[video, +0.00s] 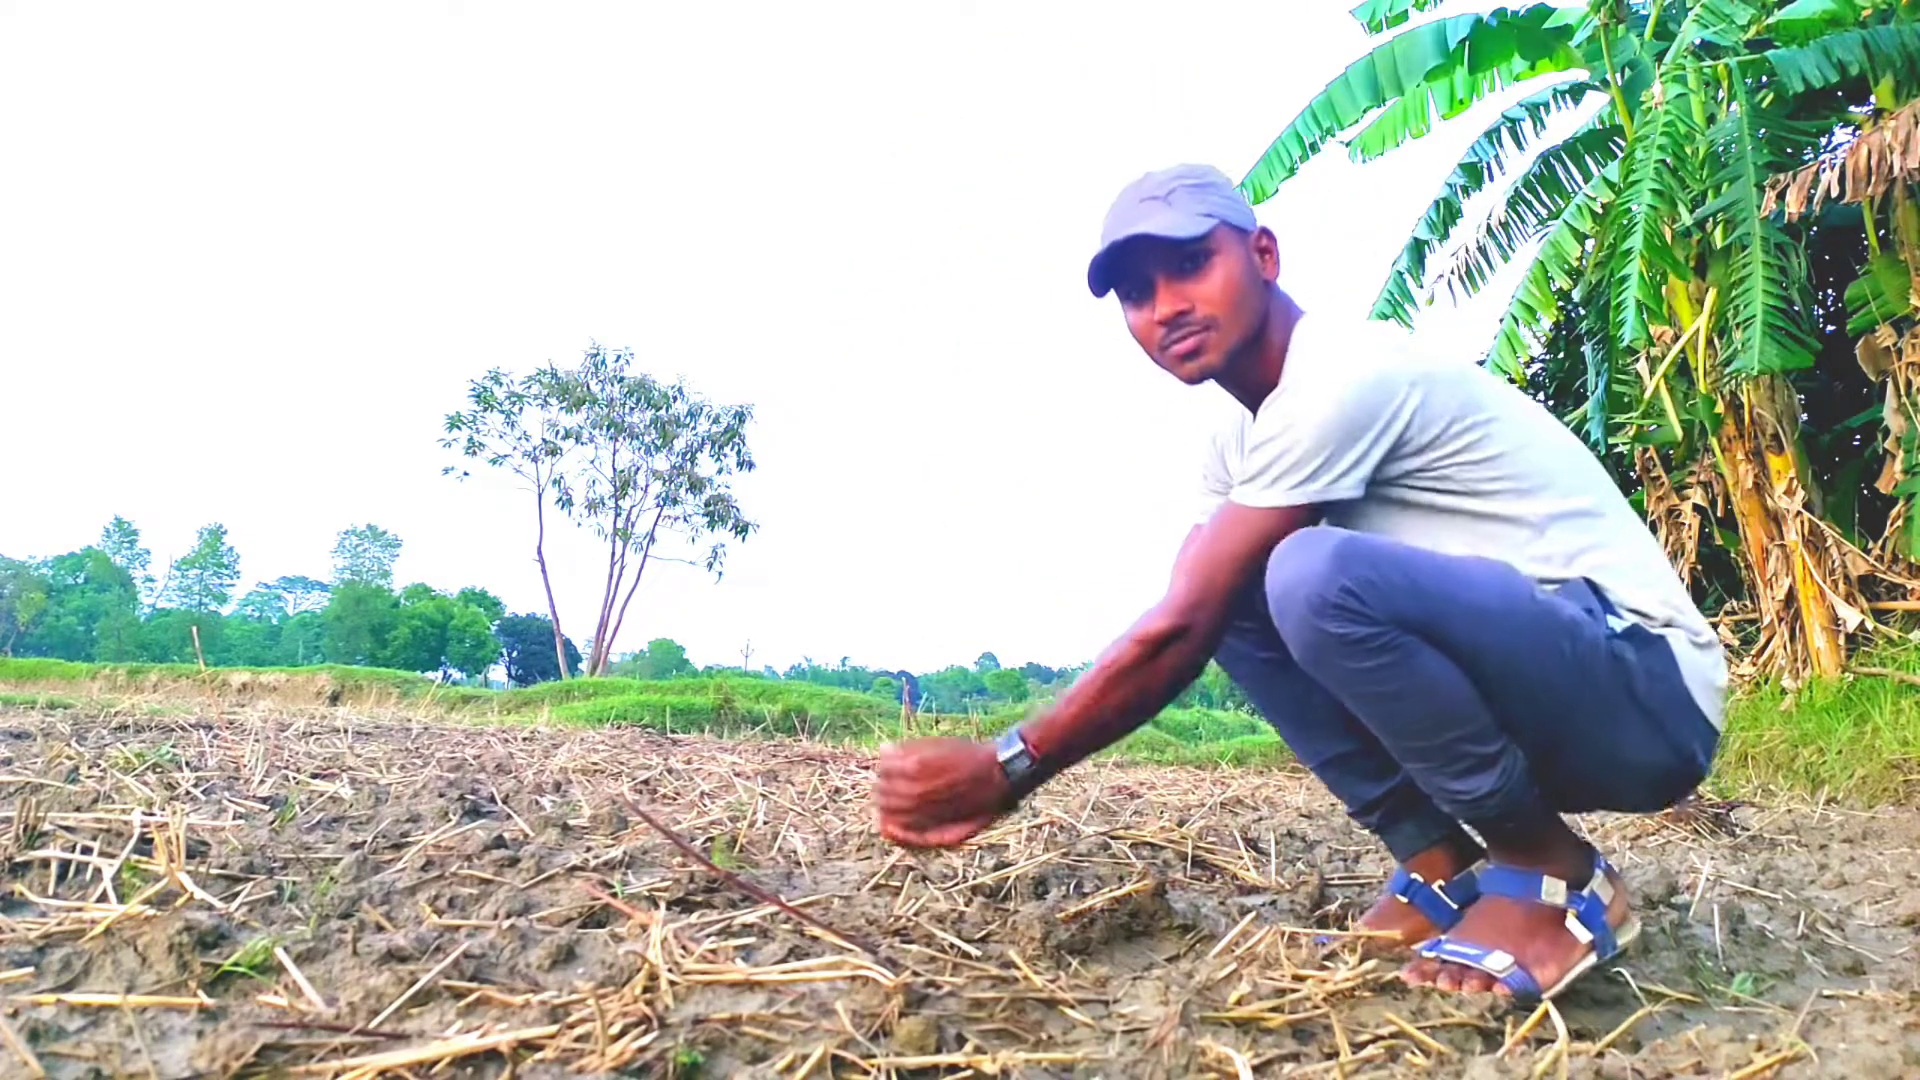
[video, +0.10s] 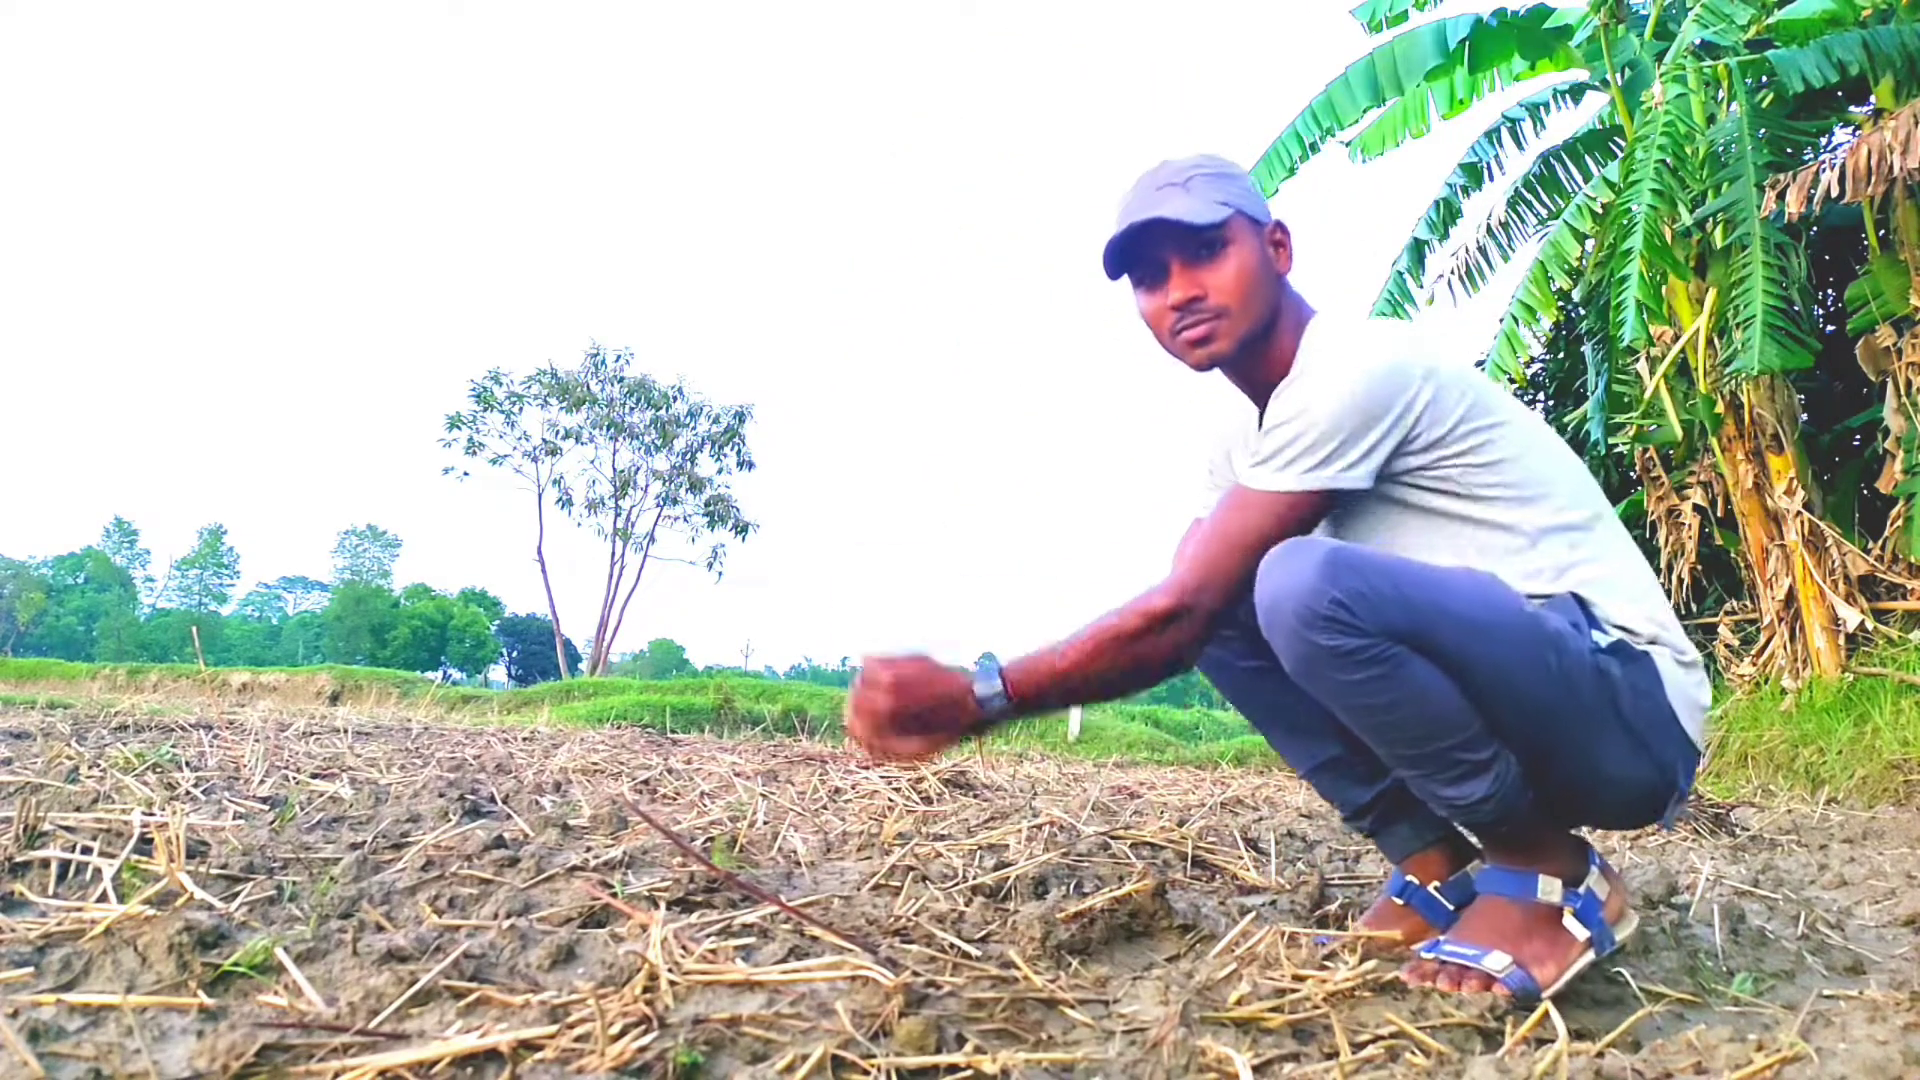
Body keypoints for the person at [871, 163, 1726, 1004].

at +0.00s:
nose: (1164, 306)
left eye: (1189, 263)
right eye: (1134, 290)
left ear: (1265, 255)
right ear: (1123, 319)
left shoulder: (1348, 378)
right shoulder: (1238, 445)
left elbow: (1180, 629)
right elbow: (1175, 647)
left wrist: (1008, 767)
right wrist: (1011, 770)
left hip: (1644, 684)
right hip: (1540, 702)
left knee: (1324, 581)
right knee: (1230, 611)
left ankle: (1550, 874)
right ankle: (1441, 865)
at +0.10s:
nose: (1178, 293)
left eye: (1204, 250)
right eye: (1148, 275)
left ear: (1277, 247)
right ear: (1138, 306)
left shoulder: (1360, 371)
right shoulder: (1246, 451)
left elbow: (1179, 611)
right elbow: (1182, 632)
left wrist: (983, 697)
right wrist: (985, 695)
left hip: (1630, 705)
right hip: (1522, 723)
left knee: (1305, 588)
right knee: (1215, 615)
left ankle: (1544, 881)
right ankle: (1442, 869)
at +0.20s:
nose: (1189, 269)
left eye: (1217, 227)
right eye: (1160, 251)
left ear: (1291, 231)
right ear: (1151, 286)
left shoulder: (1374, 347)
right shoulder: (1266, 428)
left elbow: (1171, 566)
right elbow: (1157, 611)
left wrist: (962, 605)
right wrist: (972, 613)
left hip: (1620, 694)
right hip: (1507, 715)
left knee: (1304, 593)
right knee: (1199, 608)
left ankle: (1548, 876)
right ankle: (1443, 867)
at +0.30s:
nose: (1210, 242)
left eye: (1238, 204)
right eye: (1183, 223)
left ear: (1312, 208)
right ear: (1170, 256)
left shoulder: (1383, 320)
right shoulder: (1281, 390)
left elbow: (1148, 473)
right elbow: (1124, 531)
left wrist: (947, 448)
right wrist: (953, 461)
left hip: (1608, 694)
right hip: (1497, 713)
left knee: (1298, 589)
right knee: (1180, 610)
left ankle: (1544, 872)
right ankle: (1439, 869)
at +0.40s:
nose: (1225, 230)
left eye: (1255, 195)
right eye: (1197, 211)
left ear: (1326, 199)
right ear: (1182, 241)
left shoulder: (1389, 306)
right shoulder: (1278, 380)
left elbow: (1139, 395)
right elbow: (1099, 482)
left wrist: (952, 347)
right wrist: (959, 372)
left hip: (1598, 697)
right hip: (1484, 713)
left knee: (1289, 595)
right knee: (1168, 624)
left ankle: (1534, 862)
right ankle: (1435, 870)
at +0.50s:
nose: (1234, 216)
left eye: (1267, 182)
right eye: (1208, 197)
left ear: (1341, 189)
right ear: (1194, 222)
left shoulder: (1402, 284)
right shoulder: (1271, 362)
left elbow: (1140, 322)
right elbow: (1087, 424)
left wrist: (971, 254)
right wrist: (969, 288)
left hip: (1589, 686)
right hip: (1468, 698)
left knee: (1282, 593)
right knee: (1160, 631)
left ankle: (1535, 859)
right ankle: (1432, 870)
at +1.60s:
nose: (1264, 195)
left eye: (1295, 159)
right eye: (1237, 180)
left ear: (1367, 171)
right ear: (1224, 204)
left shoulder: (1423, 255)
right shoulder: (1295, 334)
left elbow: (1161, 253)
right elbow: (1115, 355)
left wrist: (991, 191)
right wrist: (989, 220)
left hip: (1571, 680)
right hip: (1447, 694)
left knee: (1267, 606)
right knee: (1139, 664)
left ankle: (1529, 849)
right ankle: (1430, 857)